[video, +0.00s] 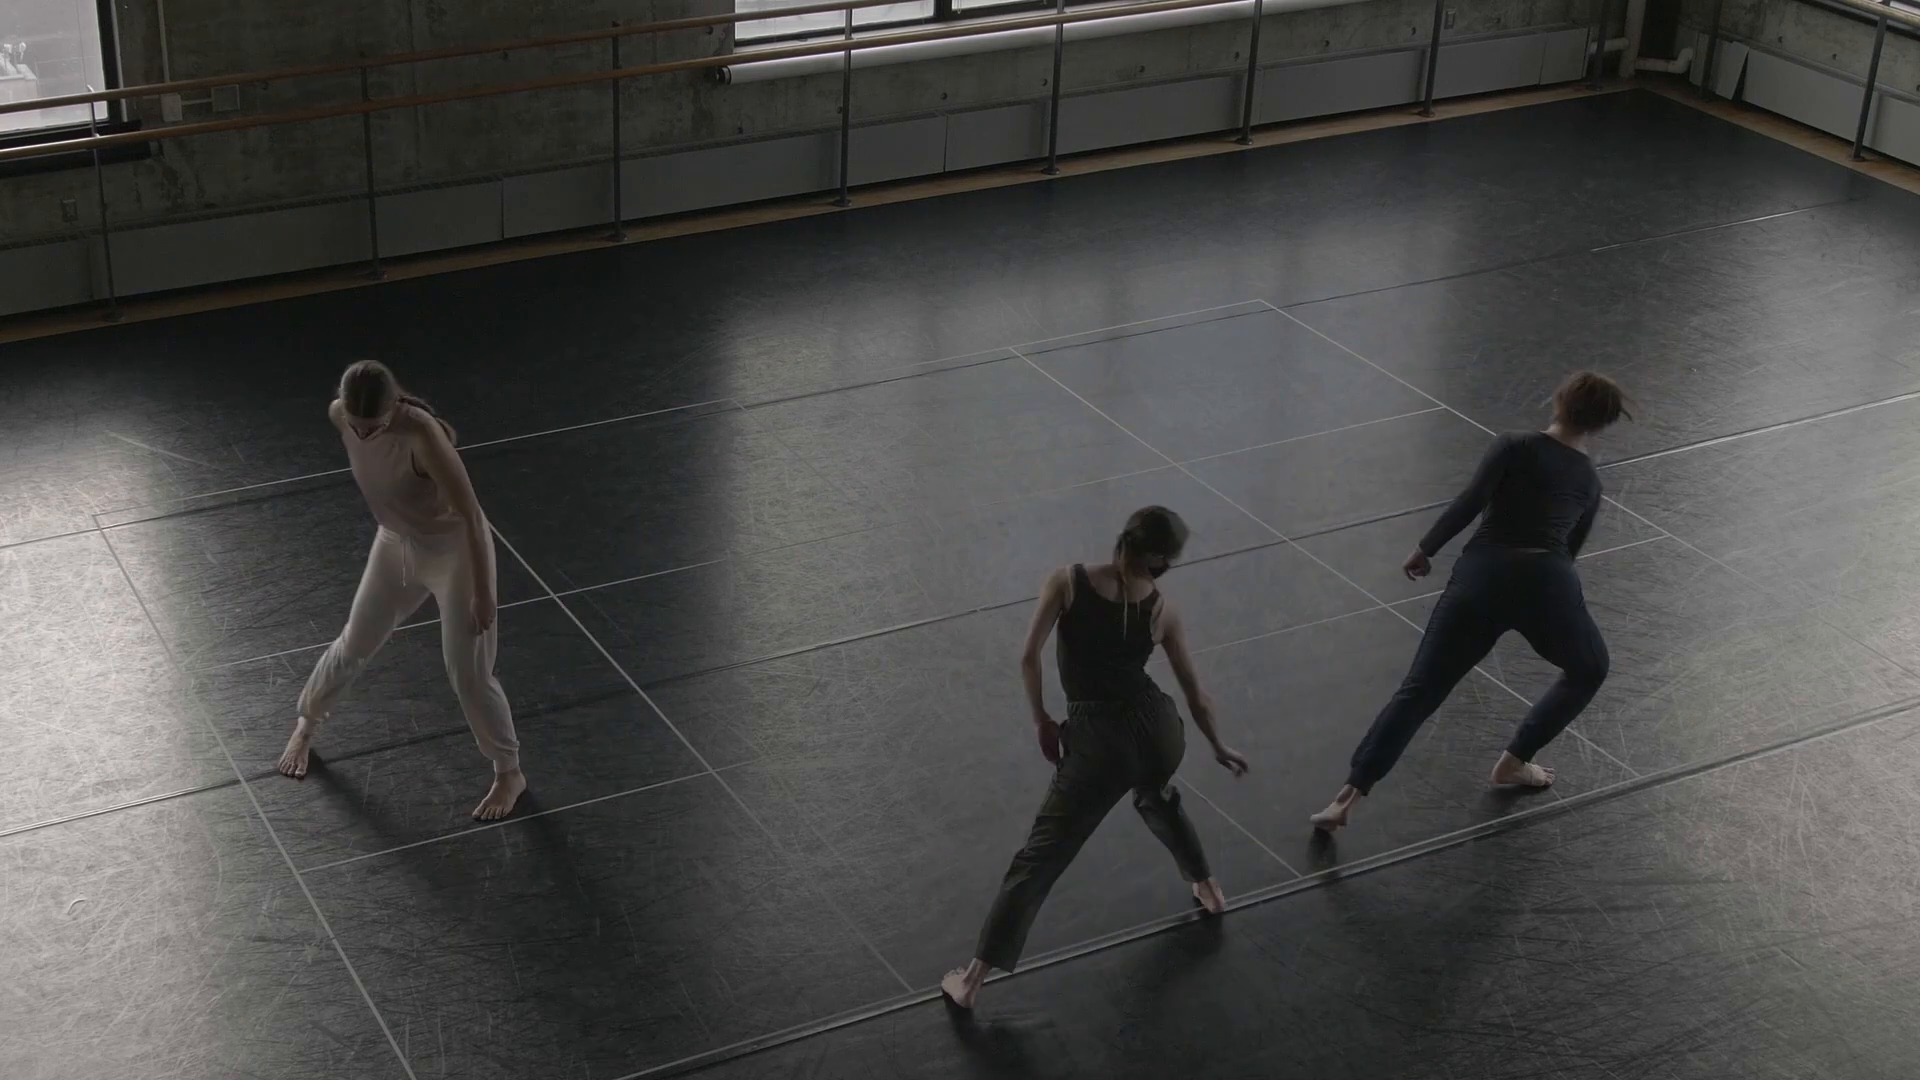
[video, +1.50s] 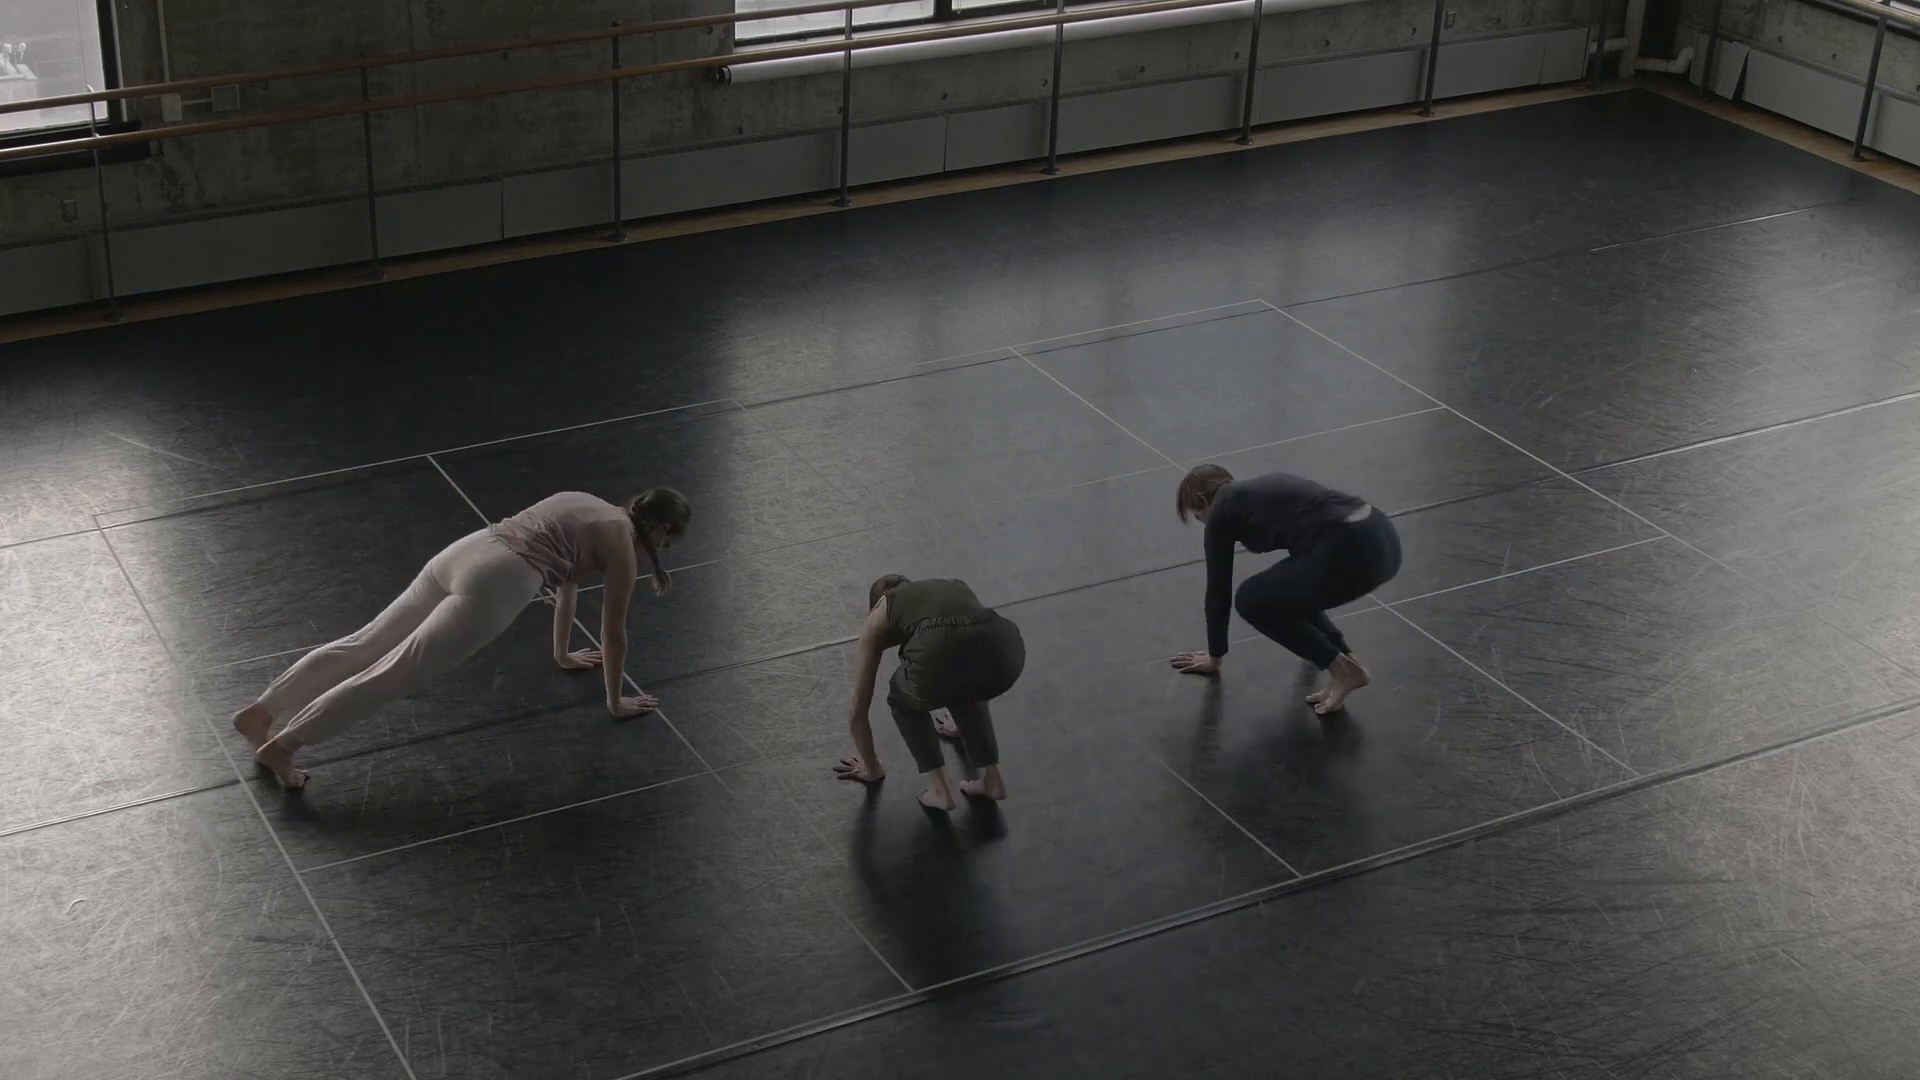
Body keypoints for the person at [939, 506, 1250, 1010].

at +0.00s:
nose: (1163, 570)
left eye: (1165, 562)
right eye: (1164, 563)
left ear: (1123, 541)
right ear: (1160, 559)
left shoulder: (1069, 581)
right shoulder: (1159, 607)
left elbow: (1030, 656)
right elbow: (1196, 695)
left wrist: (1041, 721)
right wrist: (1219, 746)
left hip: (1098, 746)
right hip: (1160, 734)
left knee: (1039, 855)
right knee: (1156, 795)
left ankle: (972, 980)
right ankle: (1207, 889)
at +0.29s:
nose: (968, 616)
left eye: (967, 609)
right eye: (967, 609)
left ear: (973, 612)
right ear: (1013, 602)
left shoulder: (985, 650)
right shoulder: (1046, 638)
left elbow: (969, 738)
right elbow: (1021, 729)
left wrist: (956, 756)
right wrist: (996, 784)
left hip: (1091, 733)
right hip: (1141, 722)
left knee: (1038, 858)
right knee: (1124, 826)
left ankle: (975, 983)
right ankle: (1229, 865)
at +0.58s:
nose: (901, 634)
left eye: (900, 627)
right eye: (906, 625)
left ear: (906, 625)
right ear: (940, 611)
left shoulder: (908, 648)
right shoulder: (979, 627)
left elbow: (886, 720)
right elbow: (1002, 672)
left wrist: (873, 766)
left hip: (998, 699)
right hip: (1045, 684)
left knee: (992, 823)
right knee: (1100, 799)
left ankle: (973, 947)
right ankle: (1219, 851)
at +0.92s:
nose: (857, 606)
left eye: (855, 599)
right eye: (855, 599)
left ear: (862, 590)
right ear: (890, 569)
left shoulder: (865, 604)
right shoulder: (934, 578)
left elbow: (861, 699)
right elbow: (963, 625)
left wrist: (874, 768)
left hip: (935, 655)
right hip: (988, 638)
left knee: (953, 781)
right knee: (1054, 754)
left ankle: (971, 882)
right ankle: (1138, 846)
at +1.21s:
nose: (864, 610)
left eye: (863, 602)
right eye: (862, 604)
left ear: (869, 590)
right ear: (889, 572)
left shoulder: (871, 601)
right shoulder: (938, 569)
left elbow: (863, 698)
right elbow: (975, 647)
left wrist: (873, 769)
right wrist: (960, 726)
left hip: (933, 613)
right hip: (997, 602)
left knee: (911, 712)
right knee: (982, 706)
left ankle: (946, 798)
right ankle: (1026, 794)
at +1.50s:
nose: (871, 620)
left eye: (871, 614)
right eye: (869, 615)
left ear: (879, 605)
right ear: (907, 584)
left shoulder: (880, 615)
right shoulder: (956, 587)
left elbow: (857, 711)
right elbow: (972, 653)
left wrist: (873, 769)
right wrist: (961, 724)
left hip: (937, 665)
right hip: (1005, 654)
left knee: (903, 701)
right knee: (964, 690)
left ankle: (941, 791)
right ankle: (993, 782)